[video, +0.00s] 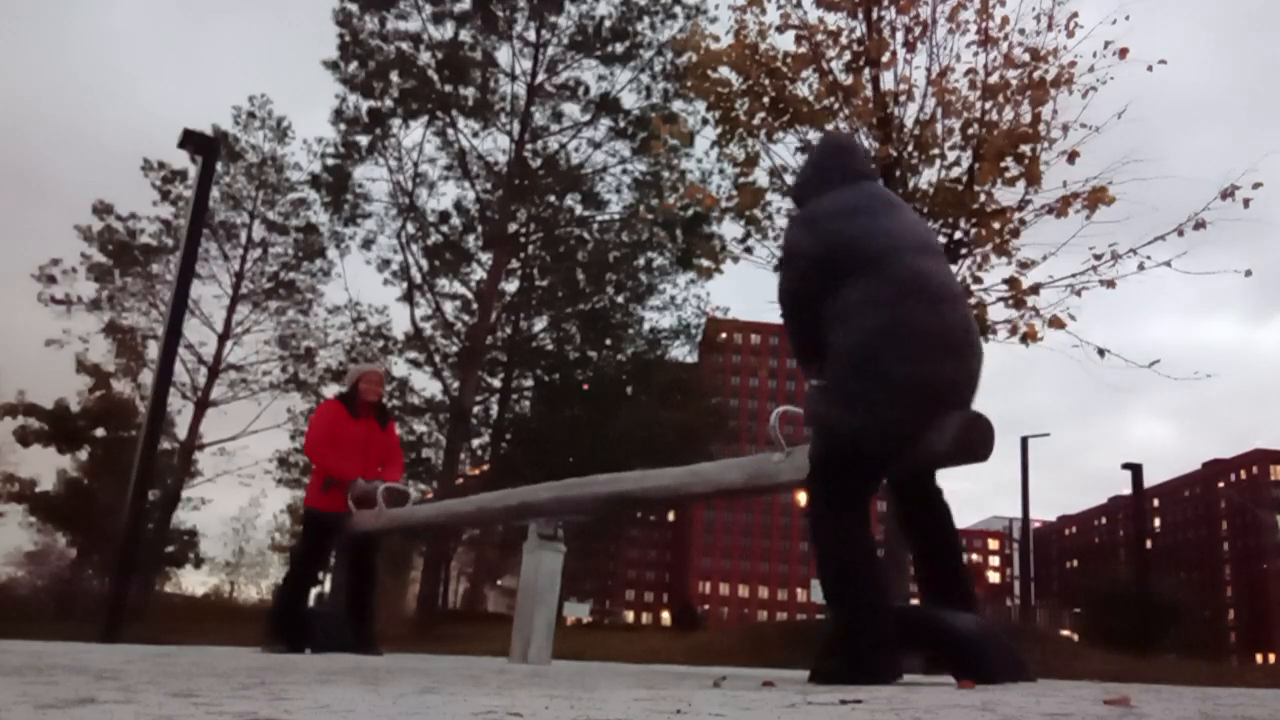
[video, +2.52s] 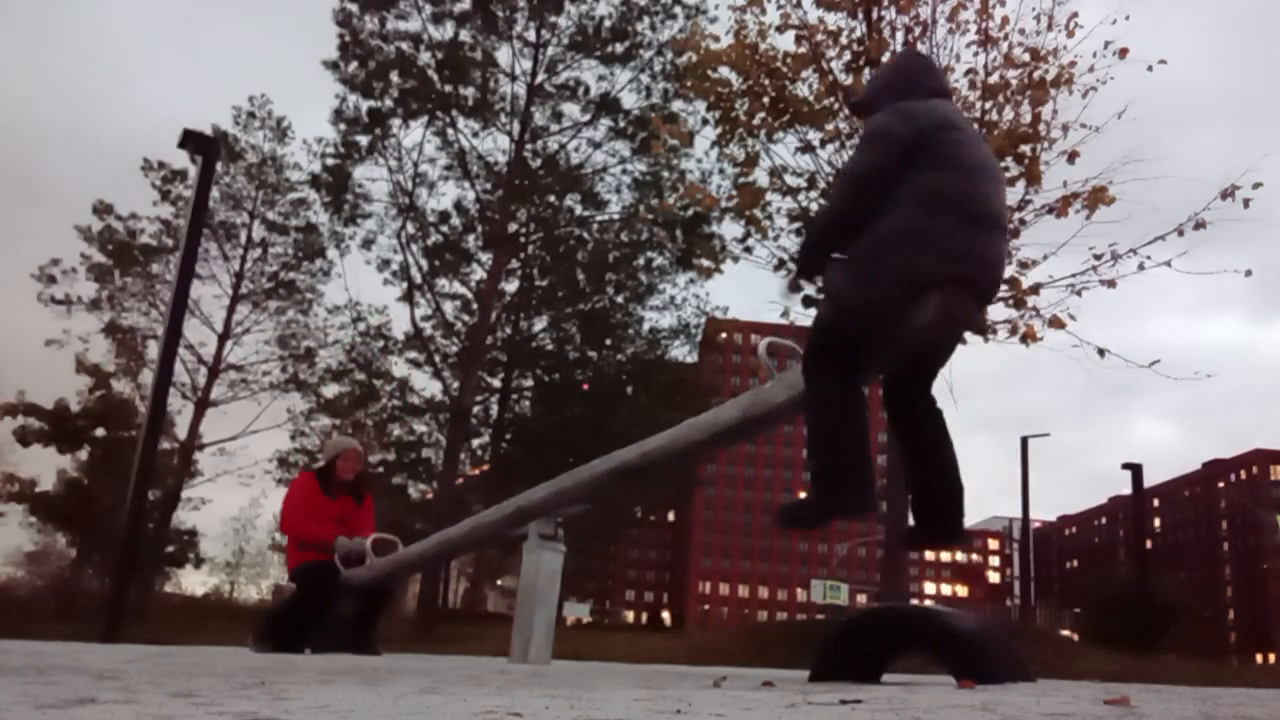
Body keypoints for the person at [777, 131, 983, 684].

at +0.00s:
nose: (797, 196)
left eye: (800, 188)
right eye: (798, 189)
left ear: (814, 181)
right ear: (860, 173)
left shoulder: (813, 219)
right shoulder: (897, 208)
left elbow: (796, 297)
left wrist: (817, 363)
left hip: (878, 366)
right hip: (952, 357)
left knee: (836, 498)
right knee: (915, 487)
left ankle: (861, 645)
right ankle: (960, 631)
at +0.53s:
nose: (869, 218)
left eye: (877, 209)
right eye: (873, 208)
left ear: (890, 215)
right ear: (936, 221)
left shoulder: (873, 258)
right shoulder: (960, 269)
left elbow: (831, 327)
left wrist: (832, 394)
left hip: (906, 413)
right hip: (985, 416)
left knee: (820, 518)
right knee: (915, 526)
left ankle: (869, 649)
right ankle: (986, 643)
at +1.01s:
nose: (851, 301)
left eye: (855, 291)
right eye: (853, 292)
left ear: (870, 286)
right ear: (923, 286)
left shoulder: (864, 326)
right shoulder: (952, 332)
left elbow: (833, 409)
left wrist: (840, 454)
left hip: (912, 473)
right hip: (993, 477)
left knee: (798, 543)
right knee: (940, 585)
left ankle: (865, 650)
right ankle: (991, 662)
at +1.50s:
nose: (853, 322)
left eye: (858, 313)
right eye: (856, 313)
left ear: (873, 309)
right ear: (923, 309)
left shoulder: (865, 349)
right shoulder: (954, 354)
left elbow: (837, 443)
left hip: (919, 500)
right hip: (1001, 504)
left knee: (796, 542)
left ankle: (863, 651)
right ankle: (981, 653)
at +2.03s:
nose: (849, 182)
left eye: (851, 173)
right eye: (852, 175)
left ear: (866, 161)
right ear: (913, 158)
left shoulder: (867, 189)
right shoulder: (946, 194)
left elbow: (846, 265)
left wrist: (833, 322)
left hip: (912, 322)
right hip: (985, 328)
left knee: (834, 442)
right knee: (917, 451)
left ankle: (856, 612)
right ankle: (968, 599)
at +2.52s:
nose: (869, 118)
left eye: (873, 107)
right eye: (869, 110)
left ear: (893, 93)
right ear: (930, 88)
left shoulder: (899, 120)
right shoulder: (966, 135)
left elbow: (851, 197)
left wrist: (810, 259)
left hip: (897, 271)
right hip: (965, 282)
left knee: (828, 360)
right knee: (909, 386)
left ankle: (840, 492)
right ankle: (940, 520)